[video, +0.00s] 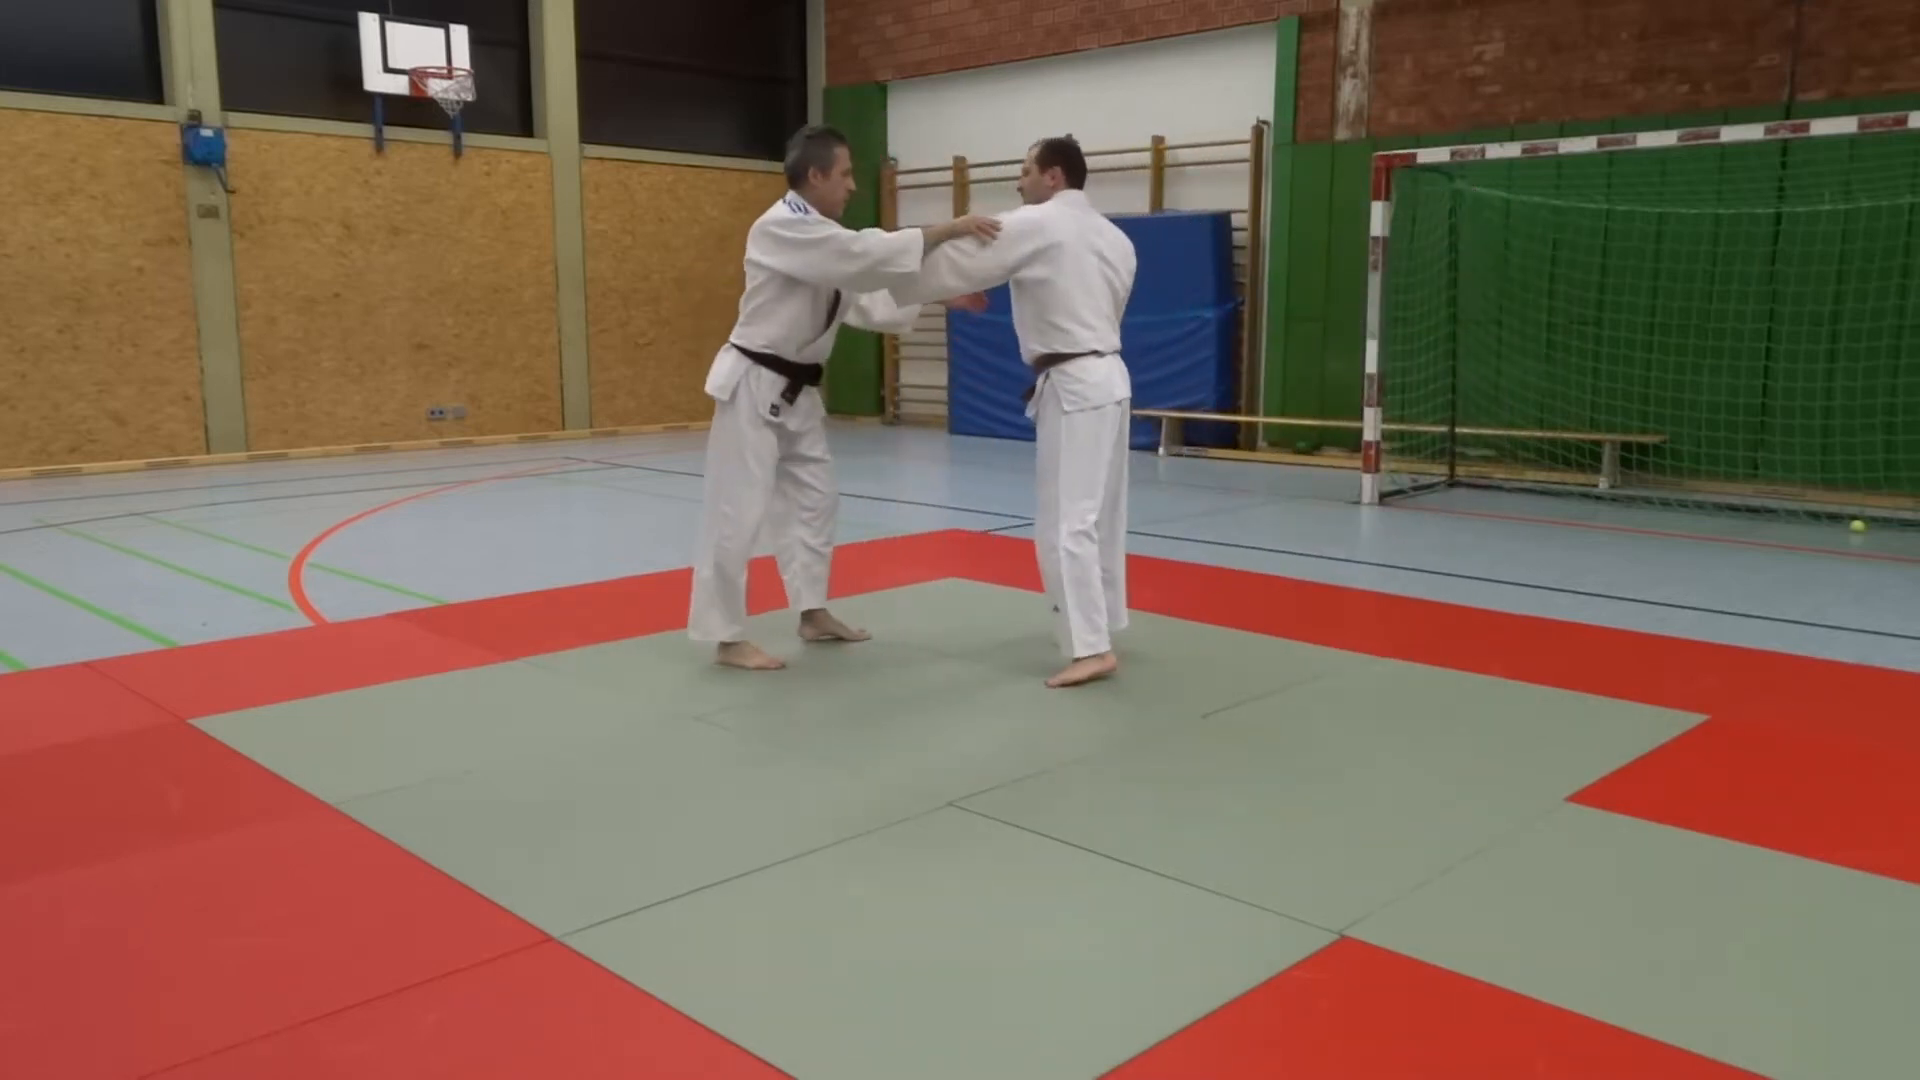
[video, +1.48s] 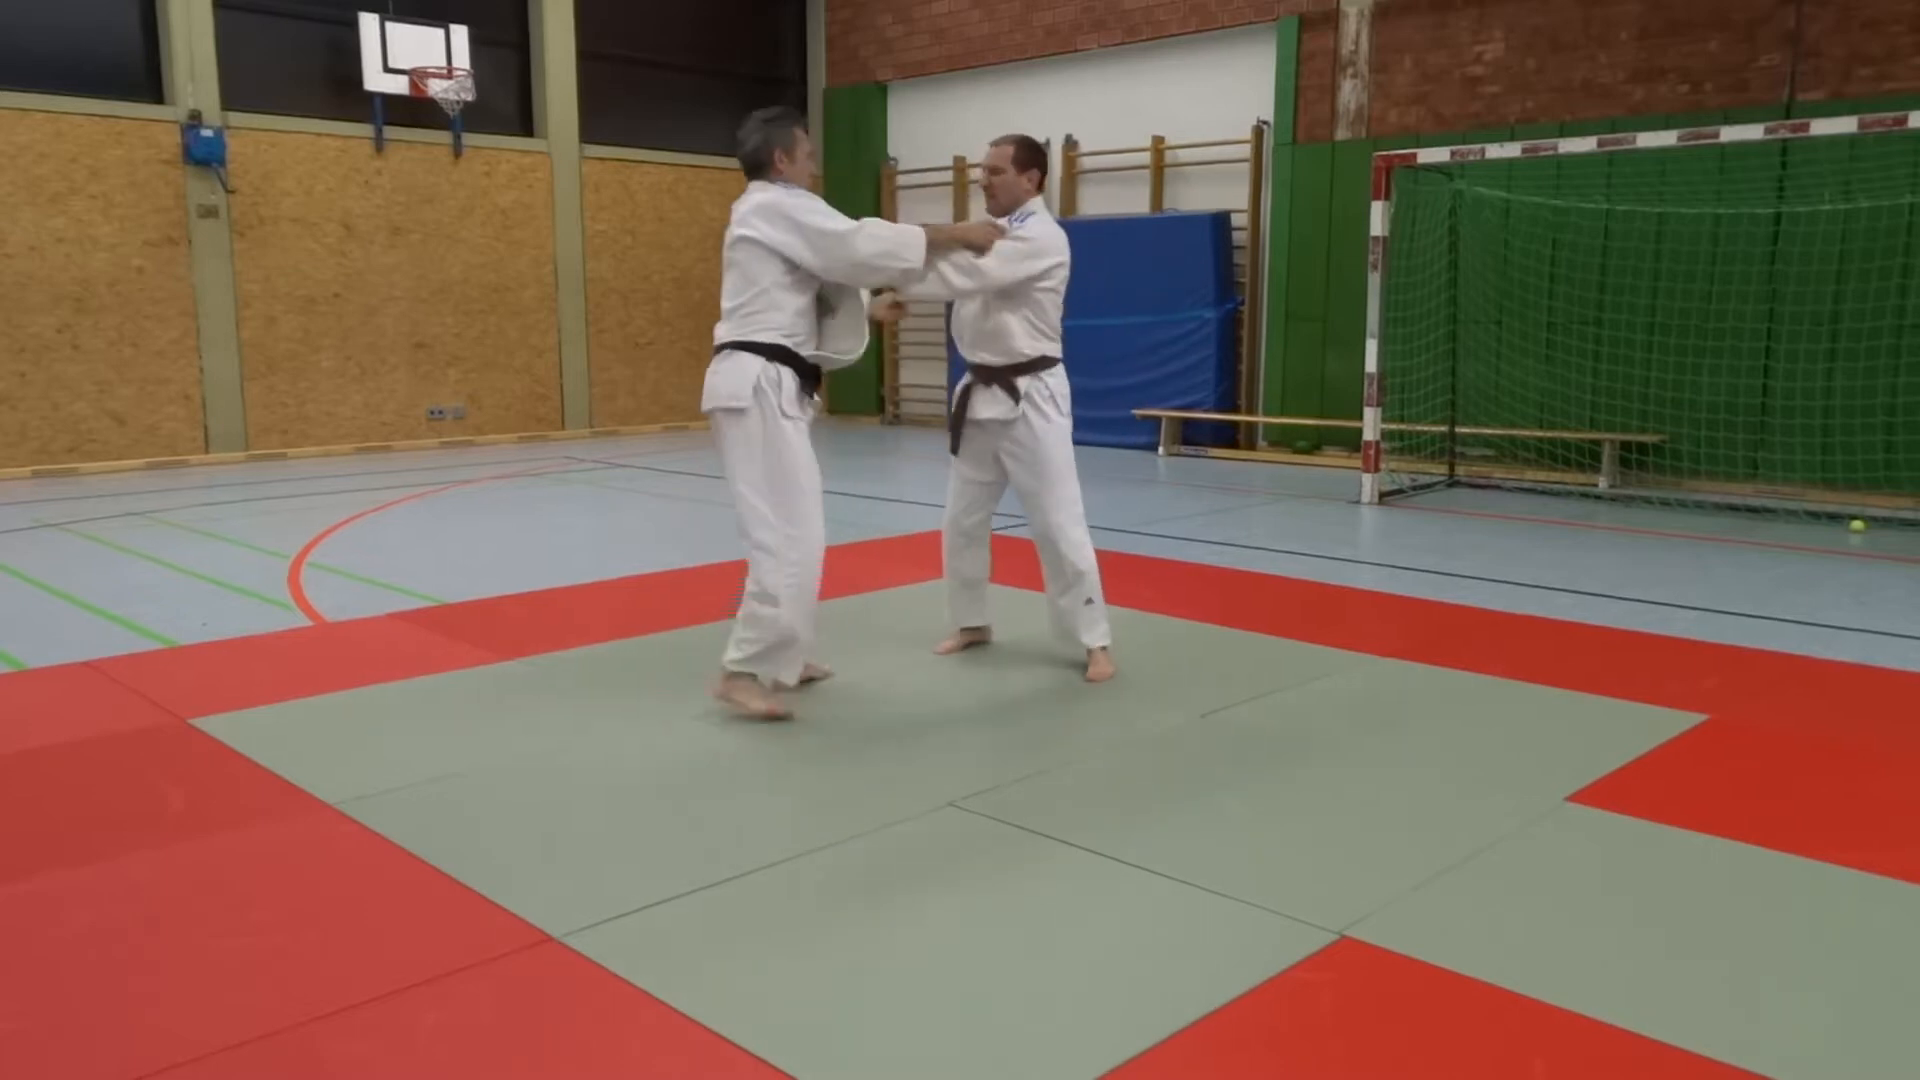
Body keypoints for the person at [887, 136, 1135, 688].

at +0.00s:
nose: (1020, 182)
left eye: (1027, 172)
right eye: (1022, 172)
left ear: (1055, 175)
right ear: (1070, 177)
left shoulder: (1036, 222)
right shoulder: (1116, 239)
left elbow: (955, 264)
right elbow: (1102, 317)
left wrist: (877, 276)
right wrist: (1051, 368)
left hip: (1073, 386)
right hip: (1113, 380)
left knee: (1067, 521)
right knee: (1105, 514)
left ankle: (1091, 650)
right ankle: (1108, 624)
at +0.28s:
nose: (1025, 183)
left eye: (1031, 173)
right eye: (1027, 173)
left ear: (1060, 176)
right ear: (1076, 178)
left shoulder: (1043, 221)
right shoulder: (1123, 241)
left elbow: (965, 254)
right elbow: (1120, 327)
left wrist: (887, 254)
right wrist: (1060, 366)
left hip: (1077, 388)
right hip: (1113, 382)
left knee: (1079, 518)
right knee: (1102, 514)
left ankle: (1112, 647)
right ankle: (1103, 628)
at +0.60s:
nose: (1010, 181)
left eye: (1021, 173)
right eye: (1011, 172)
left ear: (1057, 182)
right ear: (1036, 184)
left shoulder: (1090, 226)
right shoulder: (1017, 248)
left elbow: (1028, 283)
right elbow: (992, 327)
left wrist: (967, 296)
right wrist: (927, 355)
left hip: (1095, 395)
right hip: (1040, 399)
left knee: (1103, 527)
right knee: (1023, 526)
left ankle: (1119, 653)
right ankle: (1078, 609)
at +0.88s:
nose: (980, 204)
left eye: (992, 195)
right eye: (974, 194)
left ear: (1020, 201)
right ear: (967, 200)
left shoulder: (1056, 253)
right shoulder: (966, 269)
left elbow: (1038, 315)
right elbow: (941, 335)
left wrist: (961, 310)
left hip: (1047, 411)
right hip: (982, 412)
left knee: (1074, 537)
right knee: (965, 541)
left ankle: (1123, 649)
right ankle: (970, 627)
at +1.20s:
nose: (968, 195)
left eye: (979, 185)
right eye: (963, 185)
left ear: (1013, 189)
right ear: (959, 188)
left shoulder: (1040, 245)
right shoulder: (951, 232)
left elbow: (1003, 308)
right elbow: (906, 272)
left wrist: (944, 281)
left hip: (1031, 400)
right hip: (971, 397)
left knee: (1062, 525)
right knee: (955, 527)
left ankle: (1099, 641)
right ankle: (966, 629)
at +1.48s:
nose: (984, 183)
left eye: (995, 174)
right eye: (982, 174)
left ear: (1031, 178)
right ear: (991, 179)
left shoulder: (1042, 236)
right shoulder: (987, 232)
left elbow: (970, 274)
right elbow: (941, 273)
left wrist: (894, 267)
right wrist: (892, 292)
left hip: (1034, 394)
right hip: (980, 393)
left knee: (1060, 525)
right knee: (964, 520)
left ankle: (1096, 642)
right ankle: (972, 626)